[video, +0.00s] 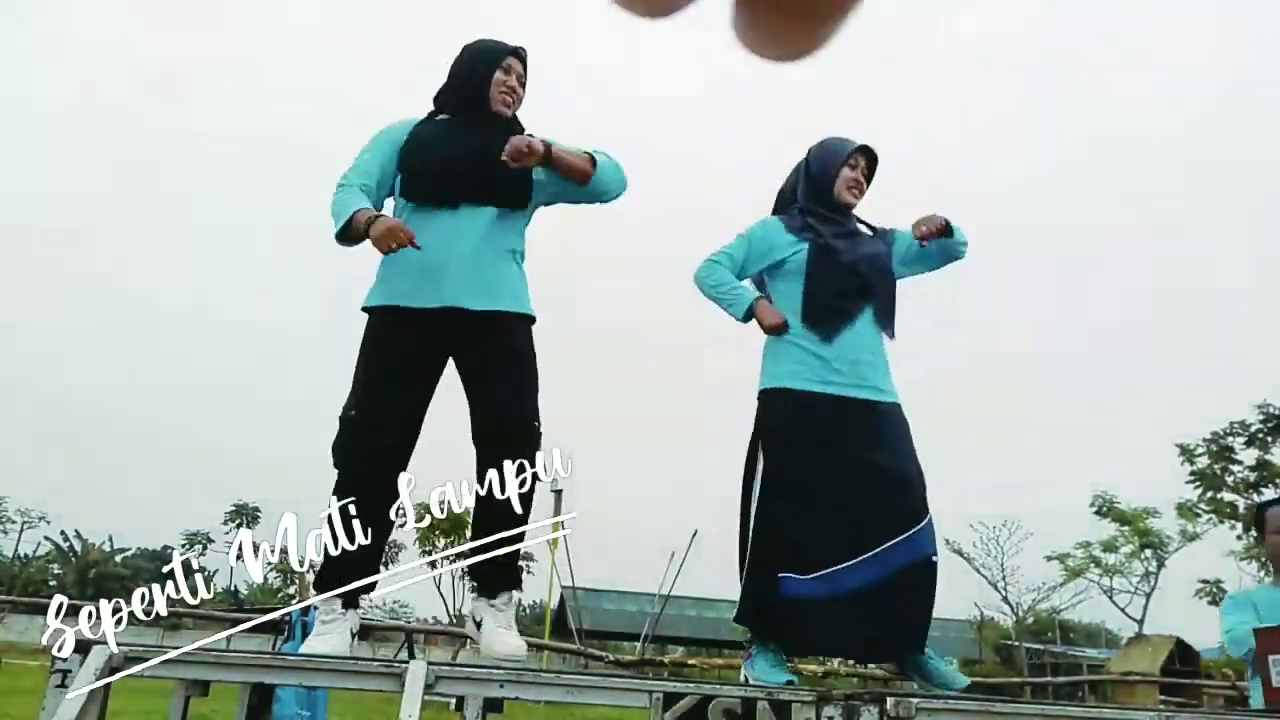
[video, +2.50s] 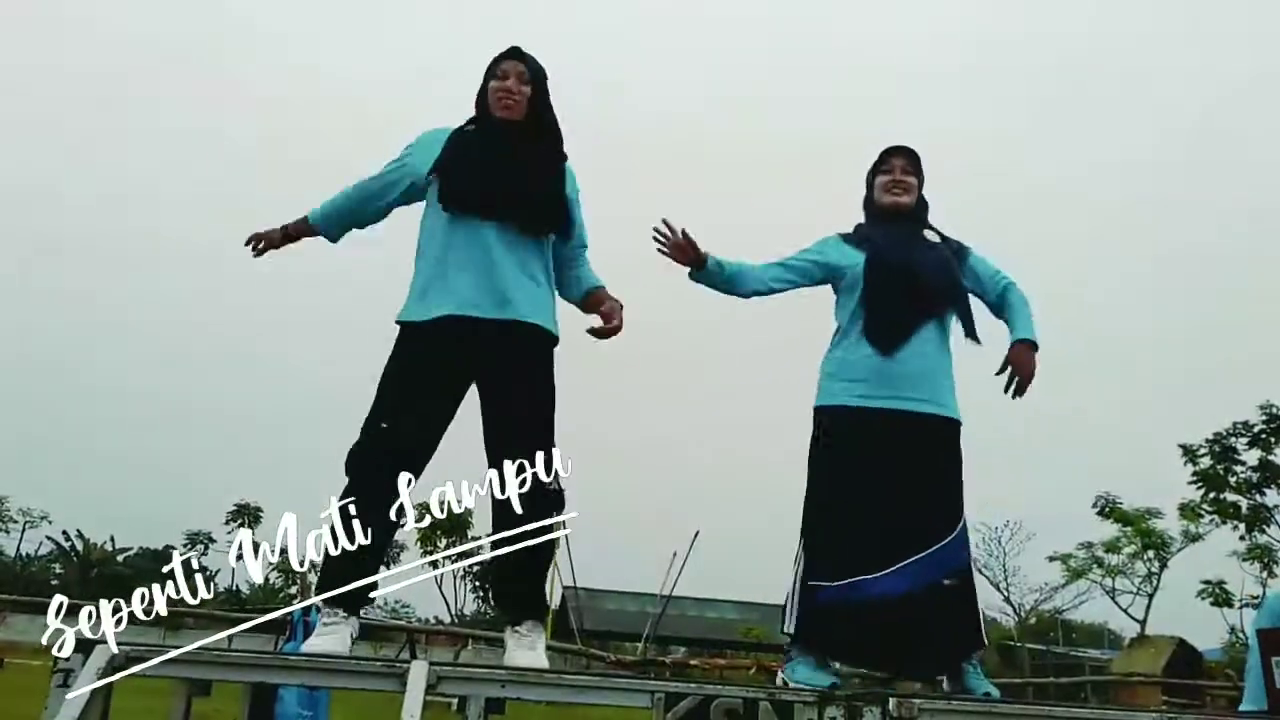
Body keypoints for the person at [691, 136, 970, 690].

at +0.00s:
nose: (858, 177)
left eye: (864, 173)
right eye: (850, 166)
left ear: (865, 187)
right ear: (820, 167)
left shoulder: (876, 242)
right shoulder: (779, 230)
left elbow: (947, 252)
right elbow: (711, 271)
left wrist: (942, 232)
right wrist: (754, 303)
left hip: (872, 394)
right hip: (798, 390)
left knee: (907, 511)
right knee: (786, 513)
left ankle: (909, 646)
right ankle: (767, 647)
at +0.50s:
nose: (946, 194)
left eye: (950, 188)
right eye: (937, 185)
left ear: (952, 200)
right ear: (905, 188)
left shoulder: (971, 260)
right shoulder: (872, 255)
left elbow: (1029, 295)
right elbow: (814, 303)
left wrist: (1037, 250)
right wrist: (872, 331)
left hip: (982, 410)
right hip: (908, 410)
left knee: (996, 533)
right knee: (920, 535)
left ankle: (1009, 667)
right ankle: (926, 662)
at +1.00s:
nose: (978, 192)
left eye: (987, 186)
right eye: (965, 185)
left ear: (999, 200)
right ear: (944, 199)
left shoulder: (1025, 264)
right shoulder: (918, 265)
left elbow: (1089, 294)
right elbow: (863, 321)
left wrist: (1158, 316)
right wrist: (882, 326)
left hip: (1030, 420)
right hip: (952, 418)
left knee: (1064, 541)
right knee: (947, 540)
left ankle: (1088, 668)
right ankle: (932, 664)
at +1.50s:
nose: (999, 183)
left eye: (1009, 173)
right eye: (989, 178)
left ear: (1033, 181)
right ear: (979, 193)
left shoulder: (1068, 246)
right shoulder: (974, 242)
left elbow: (1131, 287)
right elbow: (947, 256)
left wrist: (1113, 322)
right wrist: (1031, 243)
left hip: (1073, 394)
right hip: (999, 394)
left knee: (1099, 520)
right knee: (1011, 515)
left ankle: (1103, 657)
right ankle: (1004, 632)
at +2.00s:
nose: (939, 186)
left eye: (950, 179)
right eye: (930, 180)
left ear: (969, 194)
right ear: (916, 196)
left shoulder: (997, 258)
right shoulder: (896, 249)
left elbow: (1052, 312)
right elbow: (848, 275)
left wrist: (1020, 339)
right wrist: (915, 246)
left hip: (978, 409)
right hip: (900, 404)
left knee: (998, 535)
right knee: (897, 531)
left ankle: (1011, 665)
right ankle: (894, 660)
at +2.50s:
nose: (898, 179)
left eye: (908, 174)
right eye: (887, 173)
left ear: (922, 192)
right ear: (869, 191)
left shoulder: (950, 254)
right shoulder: (844, 248)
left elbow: (1007, 292)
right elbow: (767, 276)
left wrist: (1025, 340)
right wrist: (704, 264)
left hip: (929, 411)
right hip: (851, 405)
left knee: (942, 533)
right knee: (832, 529)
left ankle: (961, 661)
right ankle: (808, 653)